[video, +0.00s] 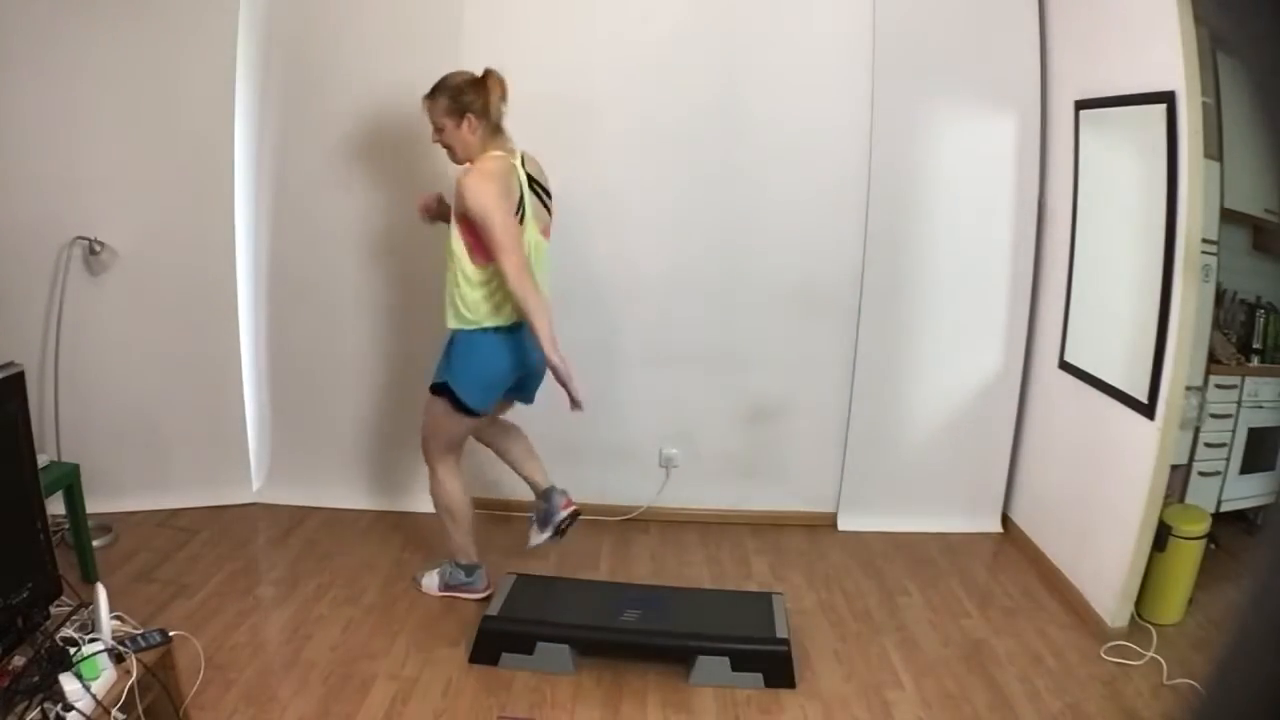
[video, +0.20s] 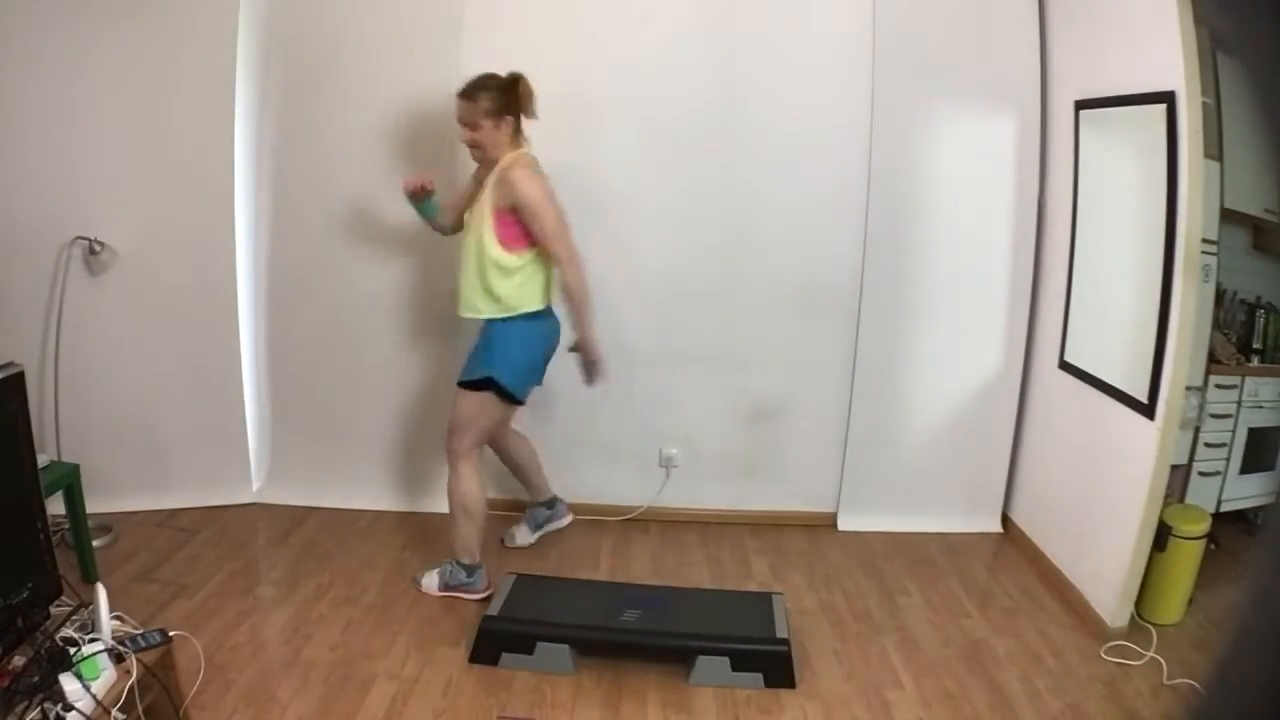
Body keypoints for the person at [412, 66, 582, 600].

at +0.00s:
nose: (436, 141)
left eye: (439, 129)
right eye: (433, 130)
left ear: (469, 124)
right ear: (477, 123)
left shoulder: (477, 181)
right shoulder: (520, 165)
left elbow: (516, 269)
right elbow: (511, 225)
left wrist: (551, 353)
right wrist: (451, 213)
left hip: (480, 346)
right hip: (518, 339)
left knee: (439, 447)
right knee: (483, 420)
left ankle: (466, 567)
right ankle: (550, 498)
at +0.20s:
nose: (466, 136)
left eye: (475, 127)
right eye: (463, 126)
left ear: (507, 124)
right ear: (475, 125)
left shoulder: (521, 177)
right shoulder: (491, 172)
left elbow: (567, 257)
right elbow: (450, 223)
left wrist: (584, 335)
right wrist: (424, 202)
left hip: (518, 326)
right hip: (508, 322)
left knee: (462, 441)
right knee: (494, 429)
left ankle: (467, 568)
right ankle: (548, 506)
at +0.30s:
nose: (498, 144)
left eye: (509, 134)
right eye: (492, 133)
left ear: (533, 132)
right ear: (484, 131)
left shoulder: (551, 178)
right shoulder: (481, 175)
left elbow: (605, 248)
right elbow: (432, 219)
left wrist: (632, 318)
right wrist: (406, 216)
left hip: (543, 325)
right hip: (508, 325)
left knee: (488, 440)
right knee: (514, 437)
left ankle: (469, 566)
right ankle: (551, 512)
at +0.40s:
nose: (541, 140)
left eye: (549, 131)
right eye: (532, 130)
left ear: (560, 129)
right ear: (511, 126)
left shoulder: (577, 173)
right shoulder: (488, 169)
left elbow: (638, 222)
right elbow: (428, 199)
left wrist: (680, 277)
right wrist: (369, 221)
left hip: (562, 324)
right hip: (512, 322)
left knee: (512, 433)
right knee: (526, 430)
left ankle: (502, 554)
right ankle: (549, 511)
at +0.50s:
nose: (573, 138)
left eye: (580, 128)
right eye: (565, 127)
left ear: (587, 125)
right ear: (538, 120)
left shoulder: (597, 168)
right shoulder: (503, 162)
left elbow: (654, 202)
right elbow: (438, 197)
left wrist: (702, 246)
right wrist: (364, 220)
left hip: (578, 316)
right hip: (522, 313)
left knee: (542, 428)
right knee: (525, 428)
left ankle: (564, 534)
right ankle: (539, 509)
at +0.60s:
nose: (602, 141)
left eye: (607, 132)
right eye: (594, 131)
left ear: (610, 130)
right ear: (564, 125)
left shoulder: (616, 175)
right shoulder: (521, 168)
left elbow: (663, 209)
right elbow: (460, 208)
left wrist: (702, 252)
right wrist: (391, 243)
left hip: (593, 320)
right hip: (533, 318)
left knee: (590, 438)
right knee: (531, 430)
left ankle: (608, 521)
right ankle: (530, 506)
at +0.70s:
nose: (624, 151)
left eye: (631, 142)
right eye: (616, 140)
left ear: (634, 141)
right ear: (586, 134)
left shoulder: (636, 186)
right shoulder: (541, 185)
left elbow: (663, 240)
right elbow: (492, 240)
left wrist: (689, 296)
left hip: (614, 332)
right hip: (553, 331)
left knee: (629, 449)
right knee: (539, 442)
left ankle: (629, 528)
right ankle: (527, 506)